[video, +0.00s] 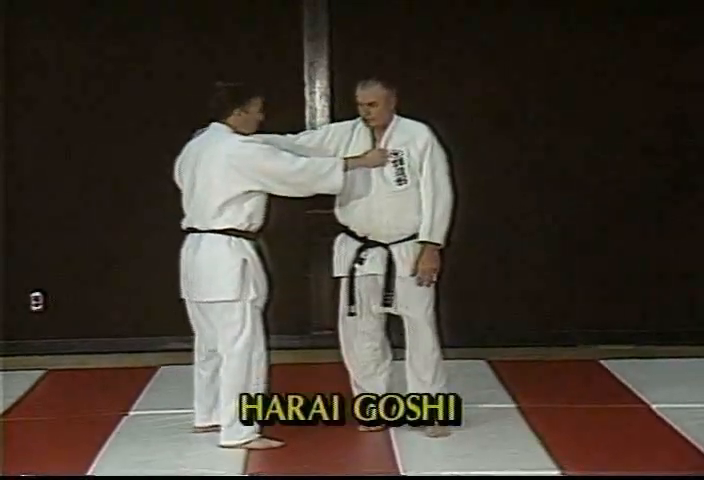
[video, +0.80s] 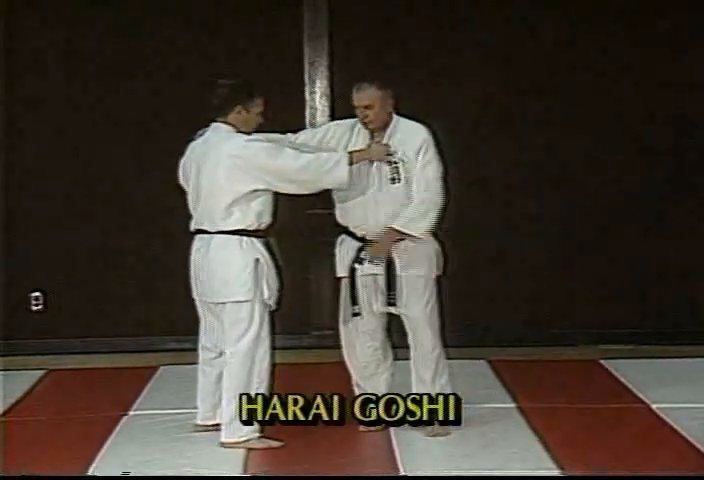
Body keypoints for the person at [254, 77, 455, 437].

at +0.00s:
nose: (366, 112)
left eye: (372, 106)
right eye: (361, 106)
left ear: (391, 103)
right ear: (356, 105)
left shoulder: (418, 137)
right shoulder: (345, 134)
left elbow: (439, 194)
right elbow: (297, 144)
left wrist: (431, 247)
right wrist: (246, 142)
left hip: (408, 248)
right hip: (358, 247)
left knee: (420, 327)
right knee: (360, 327)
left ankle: (429, 407)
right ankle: (372, 405)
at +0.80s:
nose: (363, 116)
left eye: (369, 109)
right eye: (358, 110)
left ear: (389, 105)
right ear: (354, 109)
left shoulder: (415, 137)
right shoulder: (345, 133)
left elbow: (430, 196)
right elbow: (294, 142)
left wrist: (392, 236)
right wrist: (242, 142)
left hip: (410, 244)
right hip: (358, 244)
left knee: (420, 324)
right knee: (360, 325)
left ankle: (433, 407)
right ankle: (373, 404)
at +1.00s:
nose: (370, 113)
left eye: (377, 106)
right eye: (366, 107)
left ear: (397, 104)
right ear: (361, 106)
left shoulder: (416, 138)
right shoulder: (351, 131)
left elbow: (393, 189)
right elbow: (302, 135)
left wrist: (339, 209)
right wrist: (245, 127)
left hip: (409, 247)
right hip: (361, 246)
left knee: (423, 332)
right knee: (361, 330)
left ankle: (435, 411)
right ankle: (373, 406)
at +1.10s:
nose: (372, 113)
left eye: (378, 106)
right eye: (367, 106)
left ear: (398, 104)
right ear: (363, 106)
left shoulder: (417, 138)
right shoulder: (353, 129)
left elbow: (390, 181)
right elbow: (304, 136)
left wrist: (332, 200)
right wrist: (247, 131)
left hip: (411, 246)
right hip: (362, 245)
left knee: (424, 329)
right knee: (362, 328)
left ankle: (435, 408)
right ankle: (374, 404)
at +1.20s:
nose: (374, 112)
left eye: (381, 106)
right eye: (369, 106)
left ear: (400, 104)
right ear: (365, 105)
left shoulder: (418, 138)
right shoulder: (354, 129)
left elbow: (387, 180)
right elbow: (305, 136)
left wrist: (326, 196)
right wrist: (242, 131)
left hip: (412, 246)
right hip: (363, 246)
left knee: (424, 331)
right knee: (364, 330)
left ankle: (437, 409)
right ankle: (374, 405)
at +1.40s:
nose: (379, 111)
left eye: (386, 104)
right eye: (375, 104)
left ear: (406, 103)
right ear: (370, 105)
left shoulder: (423, 138)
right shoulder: (360, 127)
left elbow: (389, 178)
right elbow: (314, 135)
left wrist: (327, 190)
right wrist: (264, 132)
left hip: (415, 246)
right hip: (367, 246)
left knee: (428, 330)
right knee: (368, 330)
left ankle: (439, 409)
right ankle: (377, 405)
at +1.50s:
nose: (383, 111)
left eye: (390, 105)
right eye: (379, 104)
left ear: (411, 104)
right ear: (376, 104)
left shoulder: (427, 138)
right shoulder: (363, 127)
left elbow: (394, 176)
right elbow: (318, 136)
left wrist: (328, 186)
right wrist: (263, 134)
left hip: (418, 245)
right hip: (370, 245)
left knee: (429, 328)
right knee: (371, 329)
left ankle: (439, 406)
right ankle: (382, 404)